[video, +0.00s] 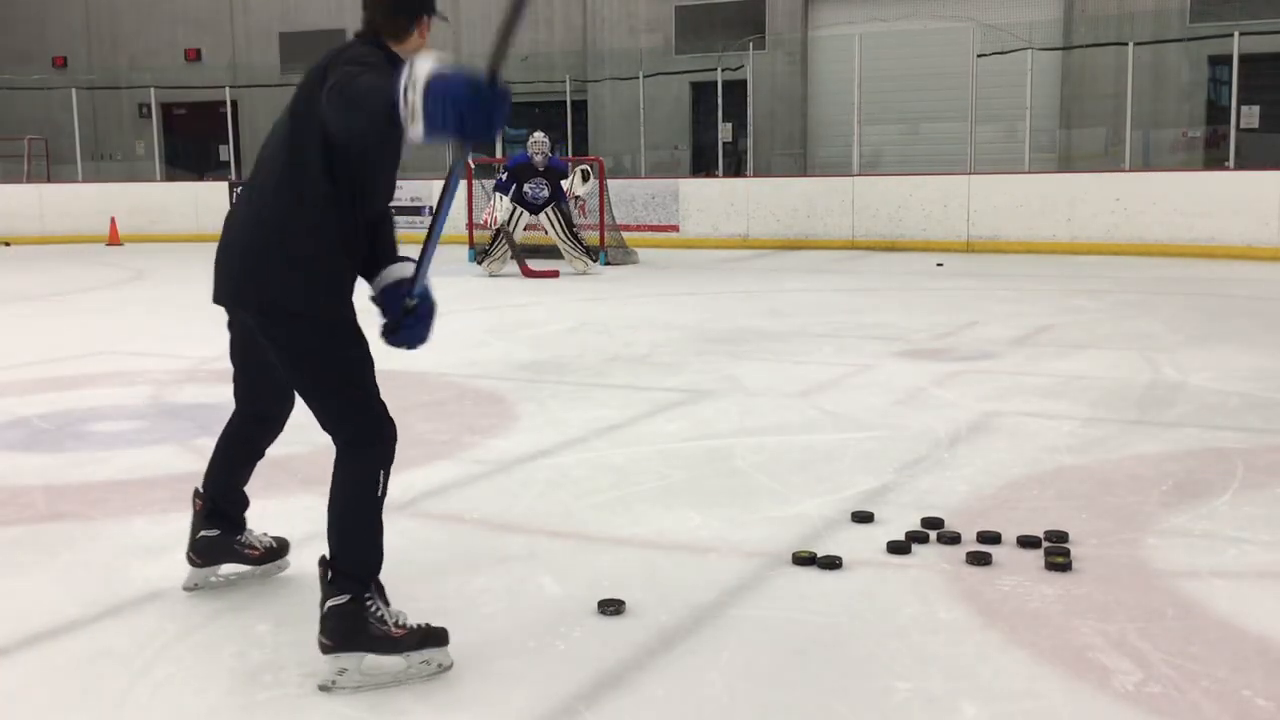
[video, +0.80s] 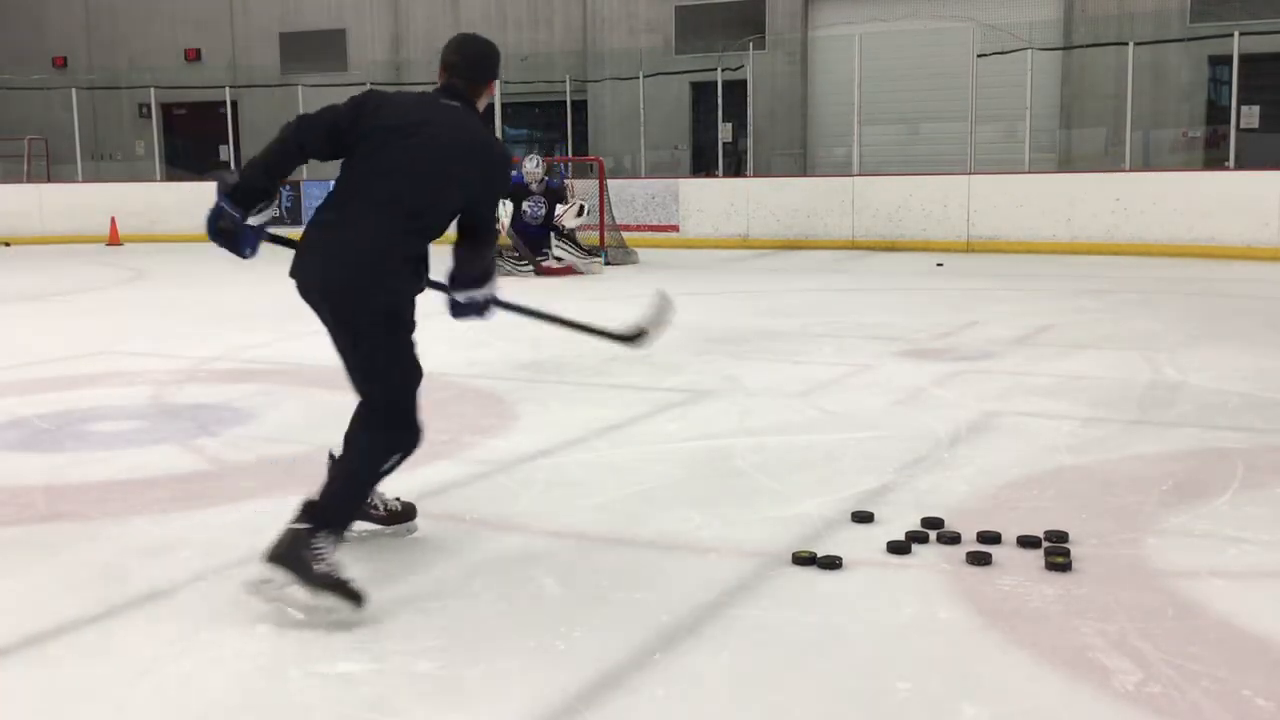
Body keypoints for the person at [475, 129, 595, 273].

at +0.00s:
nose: (539, 155)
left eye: (543, 151)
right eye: (536, 151)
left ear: (548, 151)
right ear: (529, 150)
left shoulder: (557, 166)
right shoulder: (518, 164)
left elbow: (570, 184)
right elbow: (501, 187)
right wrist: (497, 209)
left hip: (549, 205)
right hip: (521, 204)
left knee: (564, 234)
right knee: (507, 234)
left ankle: (584, 264)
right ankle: (491, 265)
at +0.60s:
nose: (538, 158)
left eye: (541, 154)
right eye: (534, 154)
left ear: (548, 156)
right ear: (528, 156)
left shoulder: (556, 174)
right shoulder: (516, 171)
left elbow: (565, 197)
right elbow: (500, 191)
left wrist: (573, 204)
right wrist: (512, 210)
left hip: (549, 217)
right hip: (522, 217)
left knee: (565, 241)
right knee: (512, 243)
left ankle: (587, 264)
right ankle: (493, 266)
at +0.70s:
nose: (536, 164)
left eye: (540, 160)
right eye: (532, 160)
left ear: (547, 160)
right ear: (527, 161)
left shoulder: (556, 180)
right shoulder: (518, 178)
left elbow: (564, 203)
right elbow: (501, 196)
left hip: (549, 224)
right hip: (524, 225)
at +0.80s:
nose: (532, 177)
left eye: (536, 173)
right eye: (529, 173)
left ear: (543, 172)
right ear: (523, 172)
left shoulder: (554, 189)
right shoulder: (515, 187)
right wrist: (502, 218)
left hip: (546, 235)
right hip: (520, 236)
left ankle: (591, 263)